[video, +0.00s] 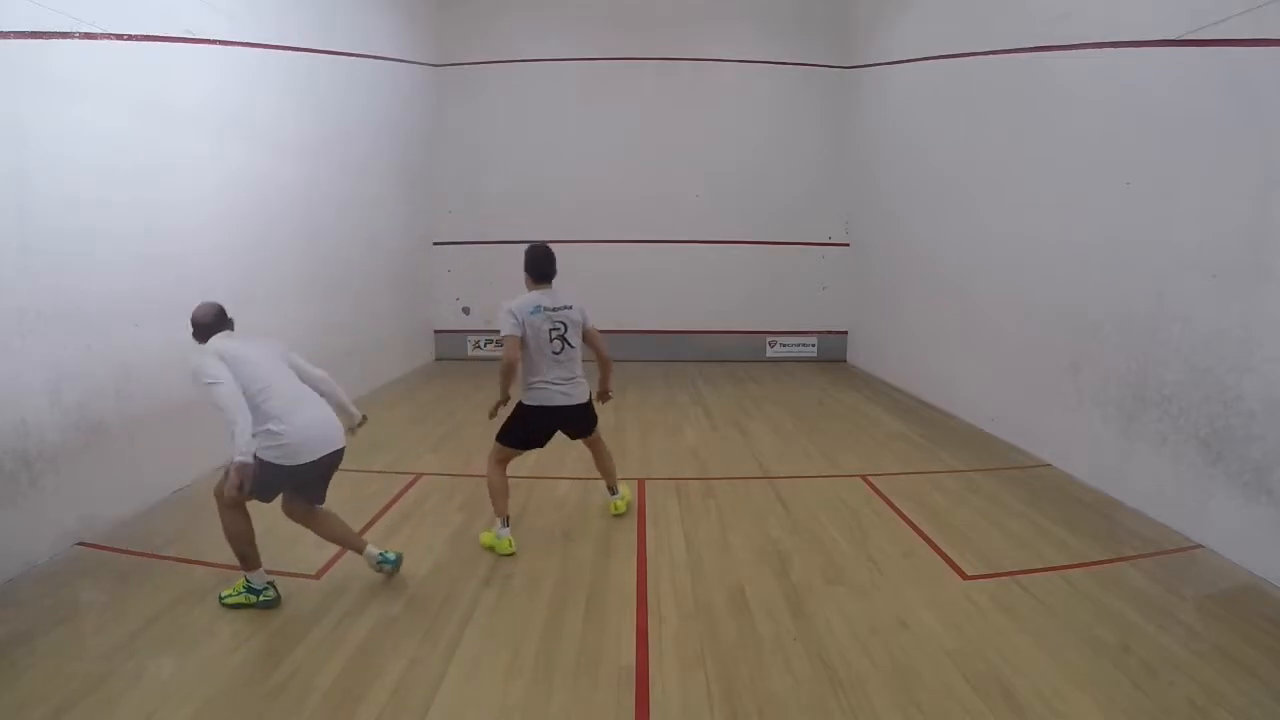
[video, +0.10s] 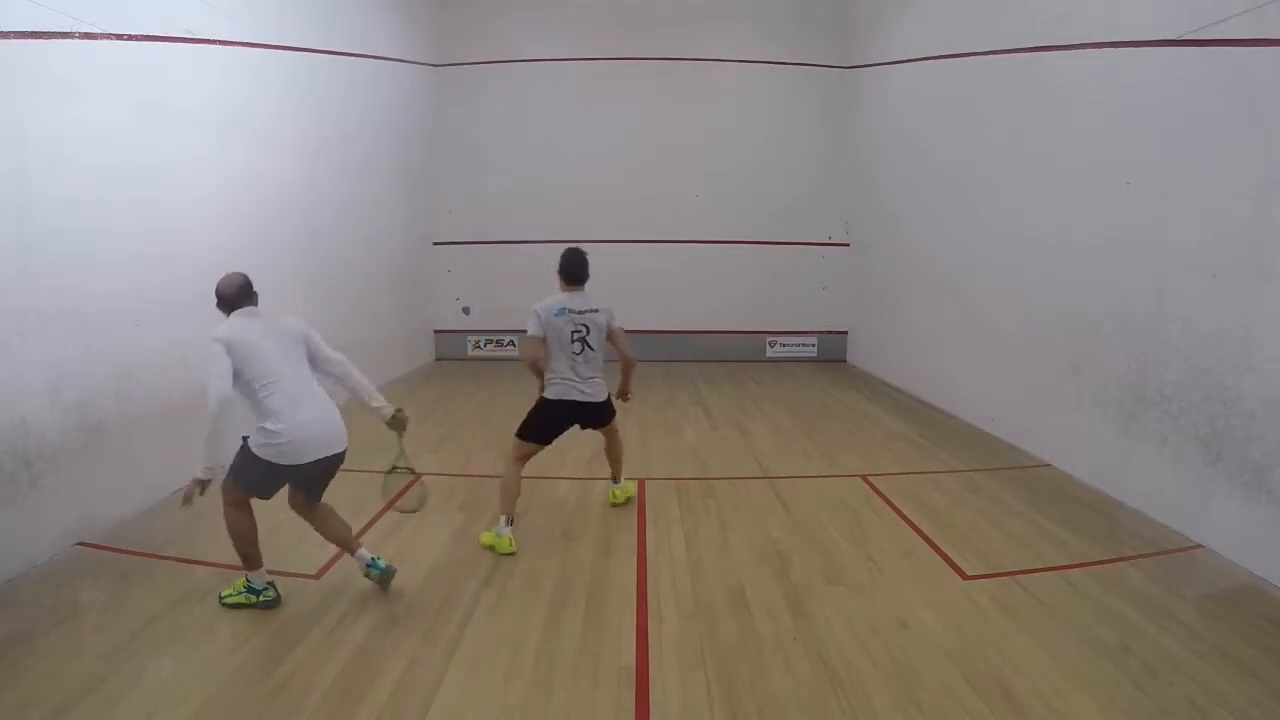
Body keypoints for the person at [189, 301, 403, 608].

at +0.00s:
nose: (196, 338)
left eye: (195, 333)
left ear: (197, 336)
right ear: (231, 325)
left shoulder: (207, 356)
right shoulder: (264, 343)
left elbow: (233, 399)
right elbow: (318, 377)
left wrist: (241, 457)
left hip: (285, 448)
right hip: (330, 438)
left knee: (227, 496)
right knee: (296, 506)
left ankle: (257, 584)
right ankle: (377, 556)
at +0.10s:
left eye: (219, 302)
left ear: (220, 306)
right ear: (256, 297)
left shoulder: (224, 338)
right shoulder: (291, 326)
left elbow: (220, 398)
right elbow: (340, 366)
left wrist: (207, 469)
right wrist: (385, 410)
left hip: (280, 446)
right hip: (332, 440)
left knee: (234, 497)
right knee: (305, 501)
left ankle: (257, 584)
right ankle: (370, 562)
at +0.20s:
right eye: (288, 267)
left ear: (254, 282)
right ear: (290, 274)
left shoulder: (244, 320)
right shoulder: (323, 311)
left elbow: (225, 384)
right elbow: (365, 362)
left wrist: (200, 438)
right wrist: (407, 407)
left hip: (287, 436)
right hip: (341, 433)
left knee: (250, 494)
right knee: (332, 498)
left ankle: (258, 584)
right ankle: (378, 572)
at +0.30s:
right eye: (330, 246)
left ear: (293, 257)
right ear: (330, 251)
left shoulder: (276, 295)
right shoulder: (357, 291)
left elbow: (249, 356)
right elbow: (386, 346)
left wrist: (231, 403)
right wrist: (421, 404)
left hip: (303, 423)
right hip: (360, 420)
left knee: (276, 499)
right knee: (363, 495)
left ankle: (264, 584)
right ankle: (390, 590)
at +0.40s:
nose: (375, 230)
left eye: (371, 223)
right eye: (373, 225)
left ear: (332, 234)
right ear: (370, 229)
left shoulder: (305, 273)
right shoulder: (389, 271)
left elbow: (267, 331)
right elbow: (408, 328)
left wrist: (268, 362)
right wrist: (431, 397)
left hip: (321, 408)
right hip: (377, 408)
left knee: (309, 492)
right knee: (384, 496)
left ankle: (297, 584)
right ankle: (393, 597)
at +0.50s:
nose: (412, 218)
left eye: (410, 211)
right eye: (411, 212)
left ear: (366, 216)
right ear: (403, 215)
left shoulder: (333, 255)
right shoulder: (414, 254)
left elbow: (291, 311)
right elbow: (425, 323)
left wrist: (318, 343)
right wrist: (444, 392)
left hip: (340, 396)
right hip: (395, 396)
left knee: (353, 482)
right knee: (404, 489)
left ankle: (355, 586)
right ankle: (403, 588)